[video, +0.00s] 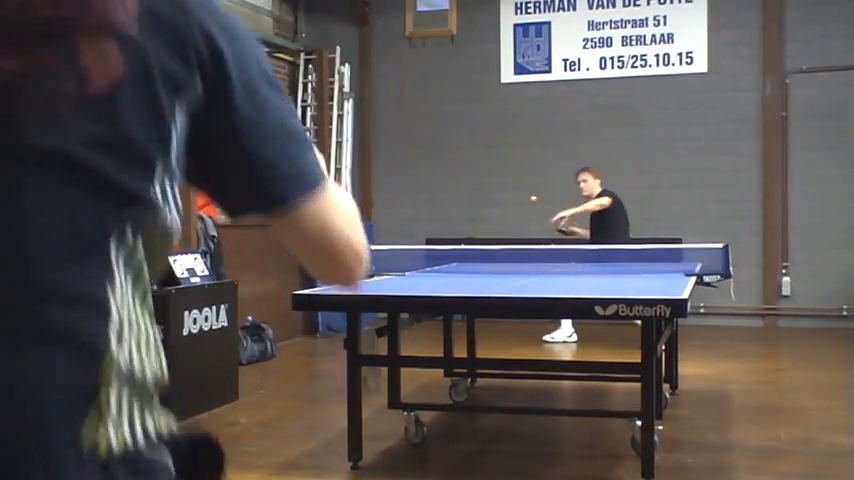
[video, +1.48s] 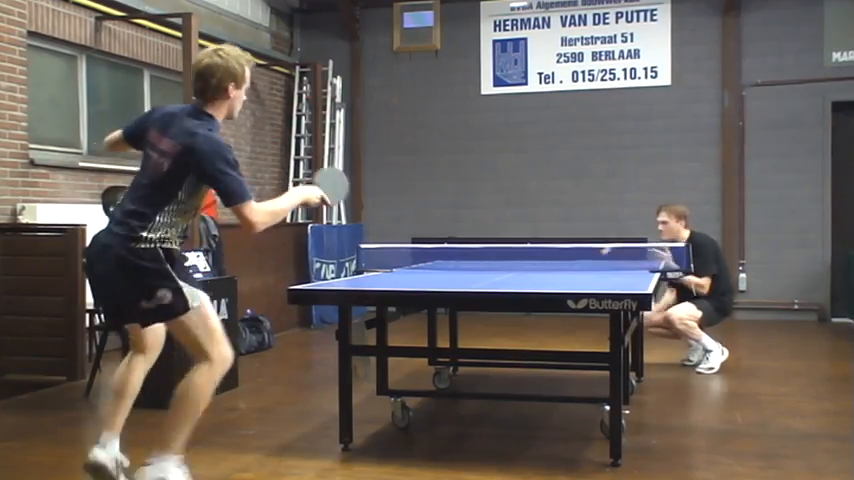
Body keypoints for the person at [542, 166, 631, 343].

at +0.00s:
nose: (581, 186)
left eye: (584, 181)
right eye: (579, 183)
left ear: (597, 181)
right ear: (578, 186)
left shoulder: (607, 195)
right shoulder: (597, 206)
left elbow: (602, 203)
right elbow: (598, 234)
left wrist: (569, 212)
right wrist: (574, 231)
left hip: (612, 256)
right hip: (604, 256)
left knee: (561, 274)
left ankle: (566, 326)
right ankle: (640, 316)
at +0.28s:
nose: (616, 169)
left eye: (621, 166)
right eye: (614, 165)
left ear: (631, 170)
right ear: (610, 168)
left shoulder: (636, 198)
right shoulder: (598, 184)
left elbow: (662, 221)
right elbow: (577, 177)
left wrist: (667, 202)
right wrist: (585, 151)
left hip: (622, 252)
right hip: (589, 249)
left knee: (650, 284)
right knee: (568, 281)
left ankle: (668, 327)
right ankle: (564, 329)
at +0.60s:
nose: (656, 165)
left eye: (661, 161)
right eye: (653, 161)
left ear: (670, 165)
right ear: (649, 164)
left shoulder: (677, 192)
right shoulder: (636, 184)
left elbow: (690, 219)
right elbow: (609, 189)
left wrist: (687, 224)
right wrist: (614, 169)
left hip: (662, 251)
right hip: (631, 249)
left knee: (674, 285)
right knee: (609, 283)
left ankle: (675, 325)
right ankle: (588, 325)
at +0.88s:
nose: (650, 178)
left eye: (652, 172)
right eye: (647, 173)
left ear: (666, 164)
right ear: (663, 166)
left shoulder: (687, 181)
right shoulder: (672, 180)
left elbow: (690, 227)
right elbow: (675, 216)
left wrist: (649, 237)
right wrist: (657, 228)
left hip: (715, 238)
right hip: (700, 237)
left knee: (690, 293)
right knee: (689, 293)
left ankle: (709, 351)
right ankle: (709, 350)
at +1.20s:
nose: (658, 191)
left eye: (662, 186)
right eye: (658, 187)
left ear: (678, 185)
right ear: (676, 186)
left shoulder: (696, 204)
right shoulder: (676, 211)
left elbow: (684, 238)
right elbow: (650, 232)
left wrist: (648, 226)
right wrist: (645, 204)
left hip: (710, 271)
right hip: (691, 270)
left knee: (667, 301)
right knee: (652, 308)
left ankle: (710, 343)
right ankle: (701, 344)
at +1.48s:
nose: (659, 228)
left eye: (664, 223)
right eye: (658, 223)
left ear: (680, 223)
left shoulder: (703, 244)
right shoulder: (672, 248)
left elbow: (704, 288)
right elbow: (672, 289)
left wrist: (677, 274)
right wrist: (658, 308)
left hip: (716, 300)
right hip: (688, 299)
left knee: (675, 315)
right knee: (648, 321)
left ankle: (716, 349)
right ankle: (696, 344)